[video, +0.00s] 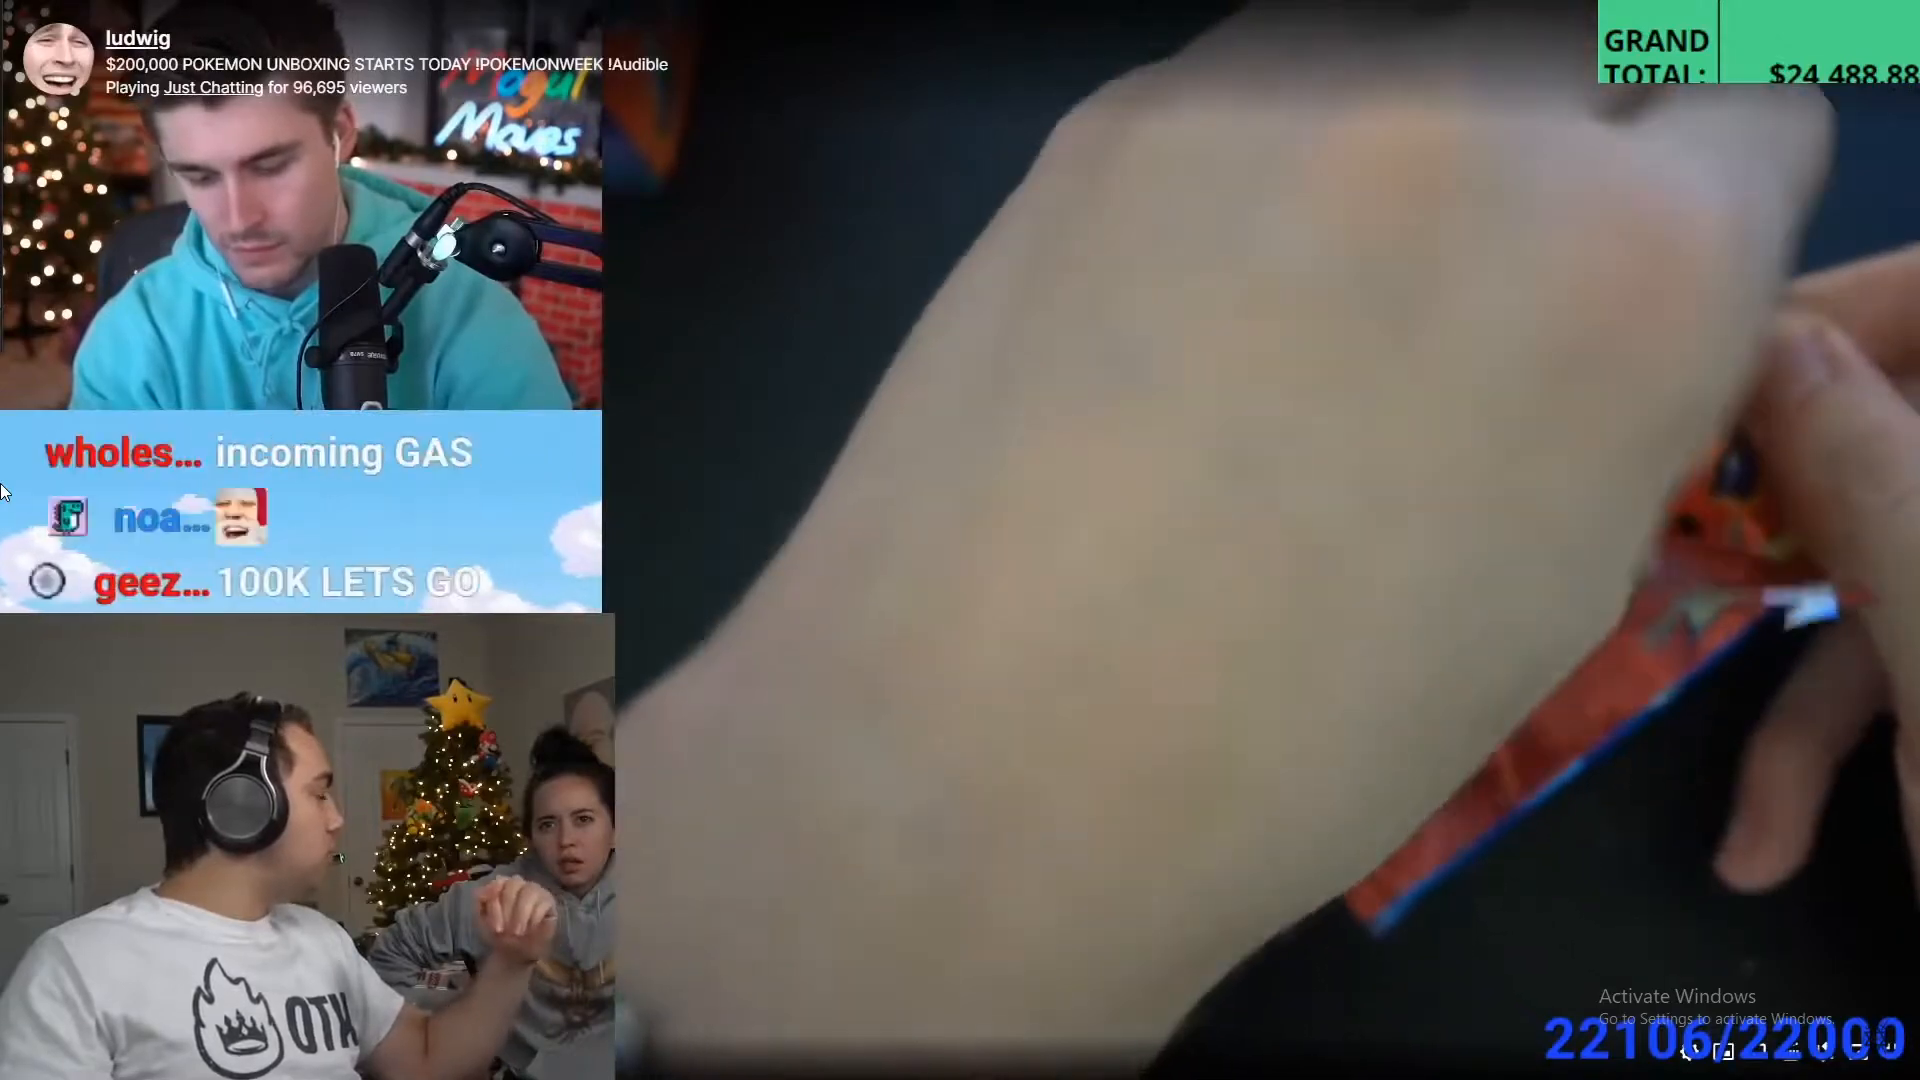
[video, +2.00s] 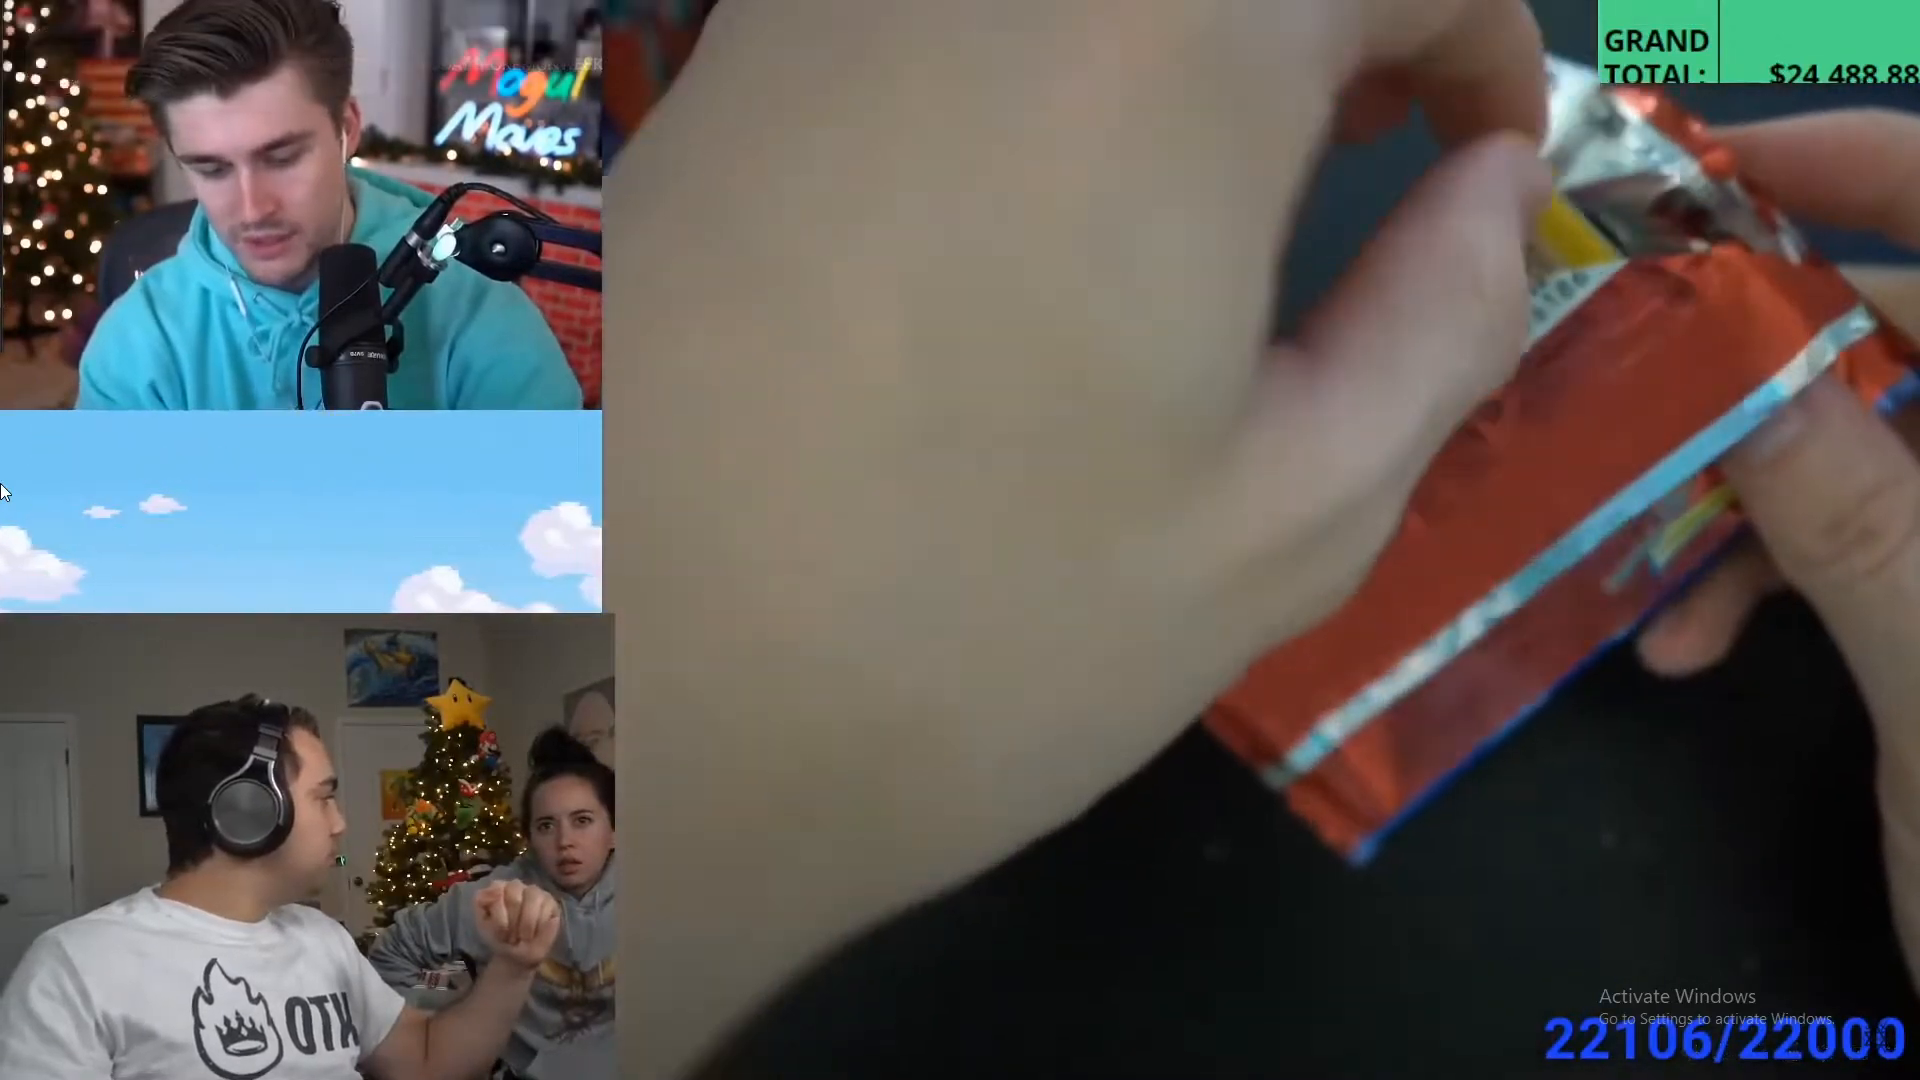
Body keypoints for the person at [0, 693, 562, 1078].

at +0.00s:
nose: (340, 818)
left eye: (331, 793)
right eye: (320, 793)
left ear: (255, 803)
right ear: (241, 803)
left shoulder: (323, 943)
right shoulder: (76, 967)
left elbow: (427, 1059)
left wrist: (509, 962)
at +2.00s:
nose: (343, 821)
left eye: (334, 797)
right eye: (324, 798)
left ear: (258, 807)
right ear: (247, 808)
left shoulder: (324, 942)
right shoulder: (75, 968)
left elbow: (425, 1058)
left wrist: (511, 967)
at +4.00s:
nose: (343, 823)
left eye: (335, 798)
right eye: (325, 799)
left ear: (260, 809)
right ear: (249, 810)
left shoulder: (324, 942)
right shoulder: (76, 967)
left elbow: (427, 1059)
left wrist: (512, 969)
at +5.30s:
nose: (344, 822)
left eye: (335, 798)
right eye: (322, 799)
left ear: (258, 806)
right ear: (242, 808)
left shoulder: (324, 941)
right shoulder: (75, 966)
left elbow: (429, 1060)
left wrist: (513, 971)